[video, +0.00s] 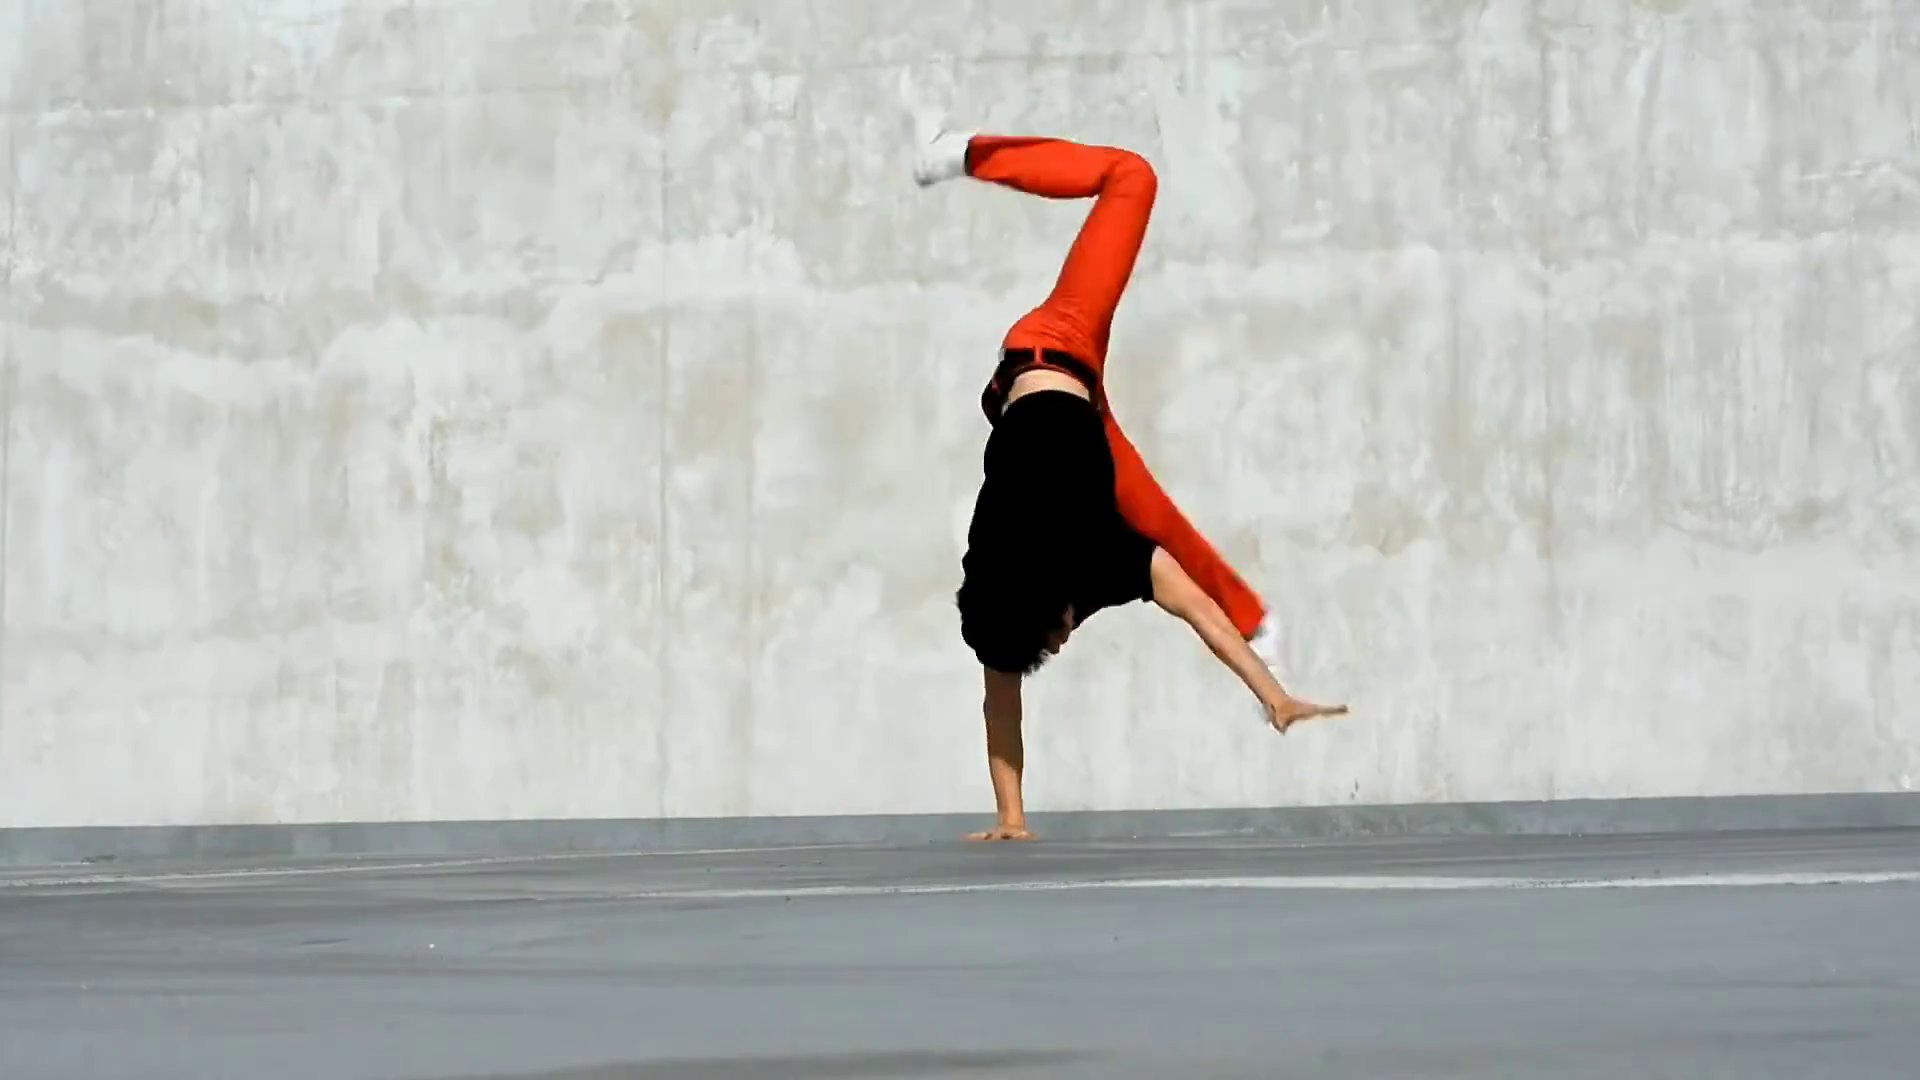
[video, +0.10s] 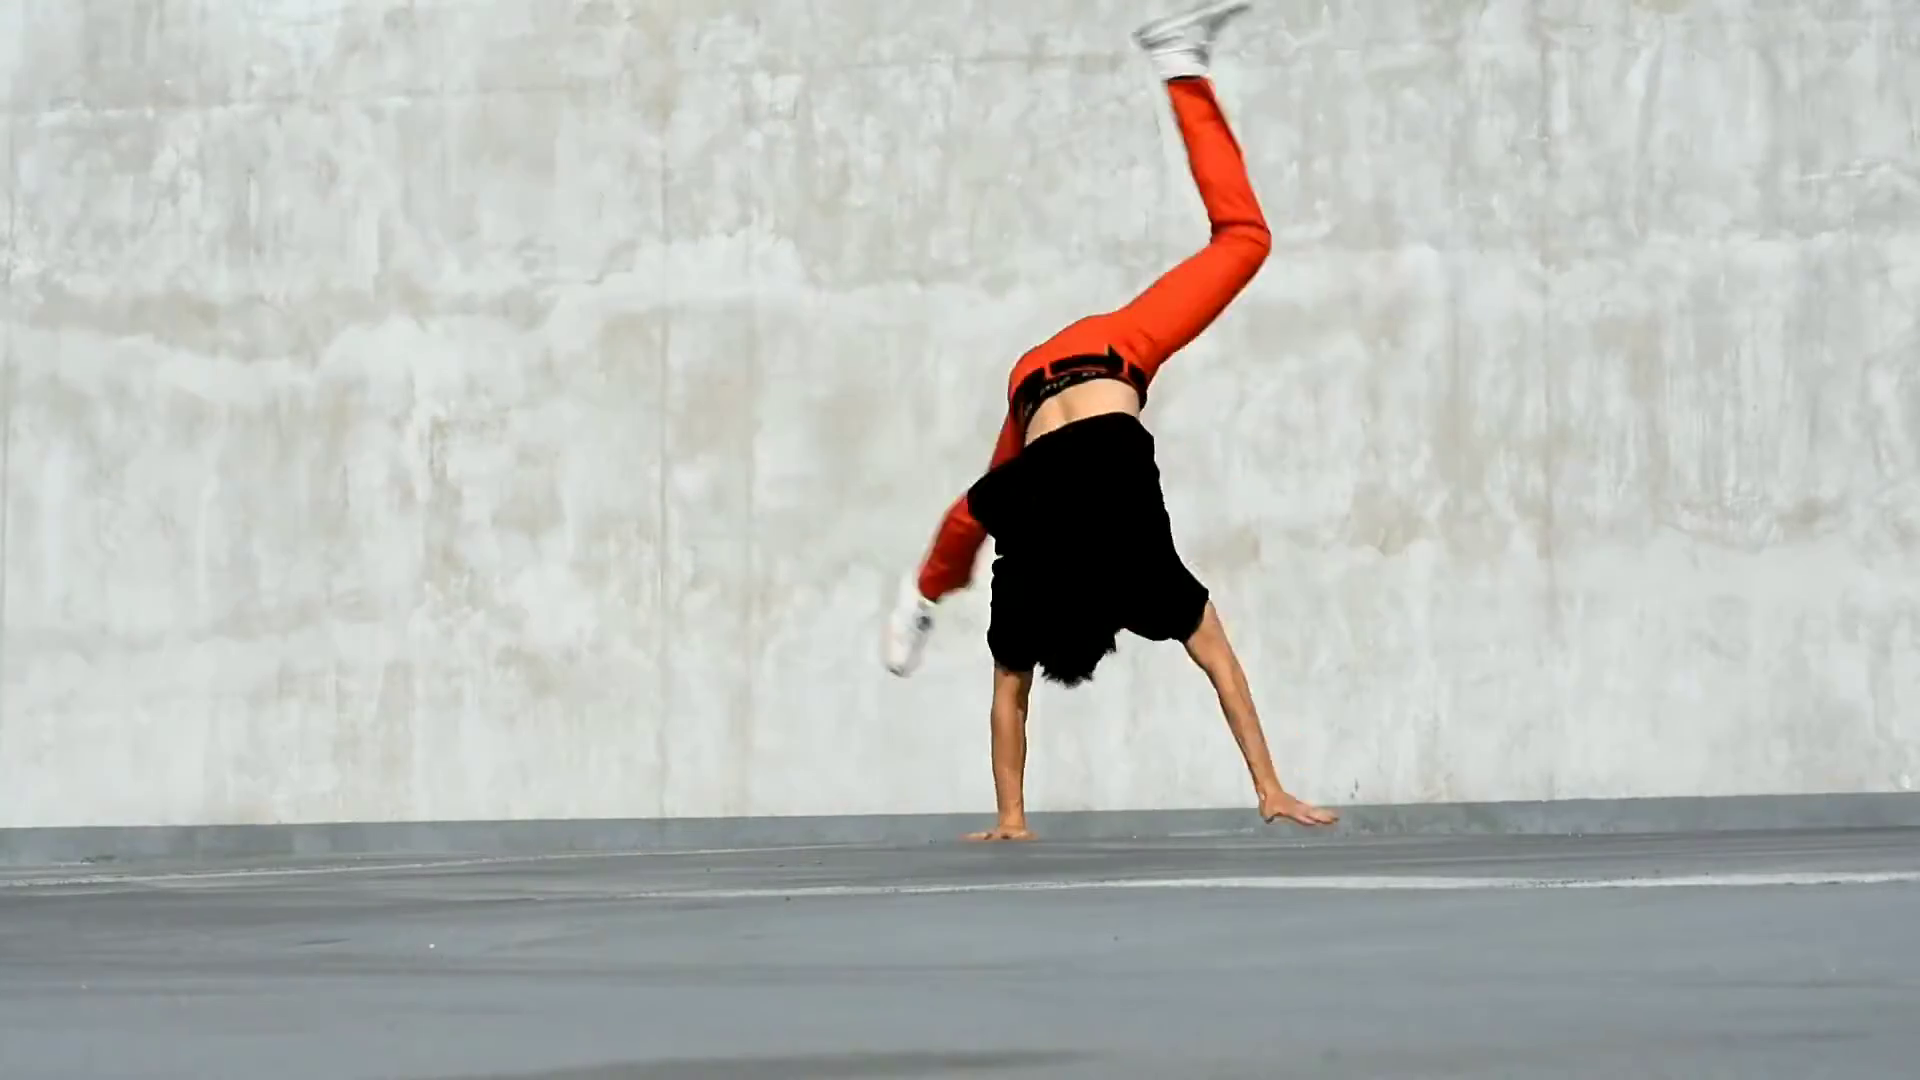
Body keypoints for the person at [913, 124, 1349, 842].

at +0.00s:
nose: (1054, 655)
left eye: (1050, 647)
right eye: (1040, 657)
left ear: (1055, 618)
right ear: (1015, 633)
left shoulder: (1115, 566)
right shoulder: (993, 608)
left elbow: (1197, 611)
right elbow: (1002, 711)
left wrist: (1275, 703)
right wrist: (1011, 820)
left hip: (1053, 351)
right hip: (1041, 404)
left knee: (1129, 173)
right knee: (1163, 524)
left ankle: (976, 156)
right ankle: (1254, 620)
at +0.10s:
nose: (1056, 671)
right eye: (1053, 662)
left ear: (1089, 643)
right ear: (1056, 633)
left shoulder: (1154, 585)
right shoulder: (1018, 599)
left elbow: (1224, 673)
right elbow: (1011, 709)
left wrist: (1270, 793)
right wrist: (1012, 821)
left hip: (1118, 356)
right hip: (1035, 384)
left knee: (1245, 237)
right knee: (987, 499)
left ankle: (1182, 70)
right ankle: (921, 597)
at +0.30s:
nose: (1174, 656)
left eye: (1188, 654)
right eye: (1159, 652)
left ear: (1200, 639)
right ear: (1140, 637)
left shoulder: (1229, 599)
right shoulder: (1094, 589)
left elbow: (1231, 697)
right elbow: (1023, 666)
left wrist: (1240, 814)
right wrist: (1012, 786)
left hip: (1217, 377)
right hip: (1134, 348)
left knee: (1212, 508)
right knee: (945, 327)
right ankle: (958, 156)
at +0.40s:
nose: (1169, 641)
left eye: (1183, 646)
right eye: (1176, 636)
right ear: (1177, 606)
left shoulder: (1229, 593)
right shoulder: (1144, 537)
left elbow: (1229, 696)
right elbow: (1053, 518)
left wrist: (1238, 813)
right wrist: (1049, 639)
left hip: (1197, 412)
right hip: (1195, 361)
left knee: (1051, 550)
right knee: (1067, 249)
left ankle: (923, 647)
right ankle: (1214, 227)